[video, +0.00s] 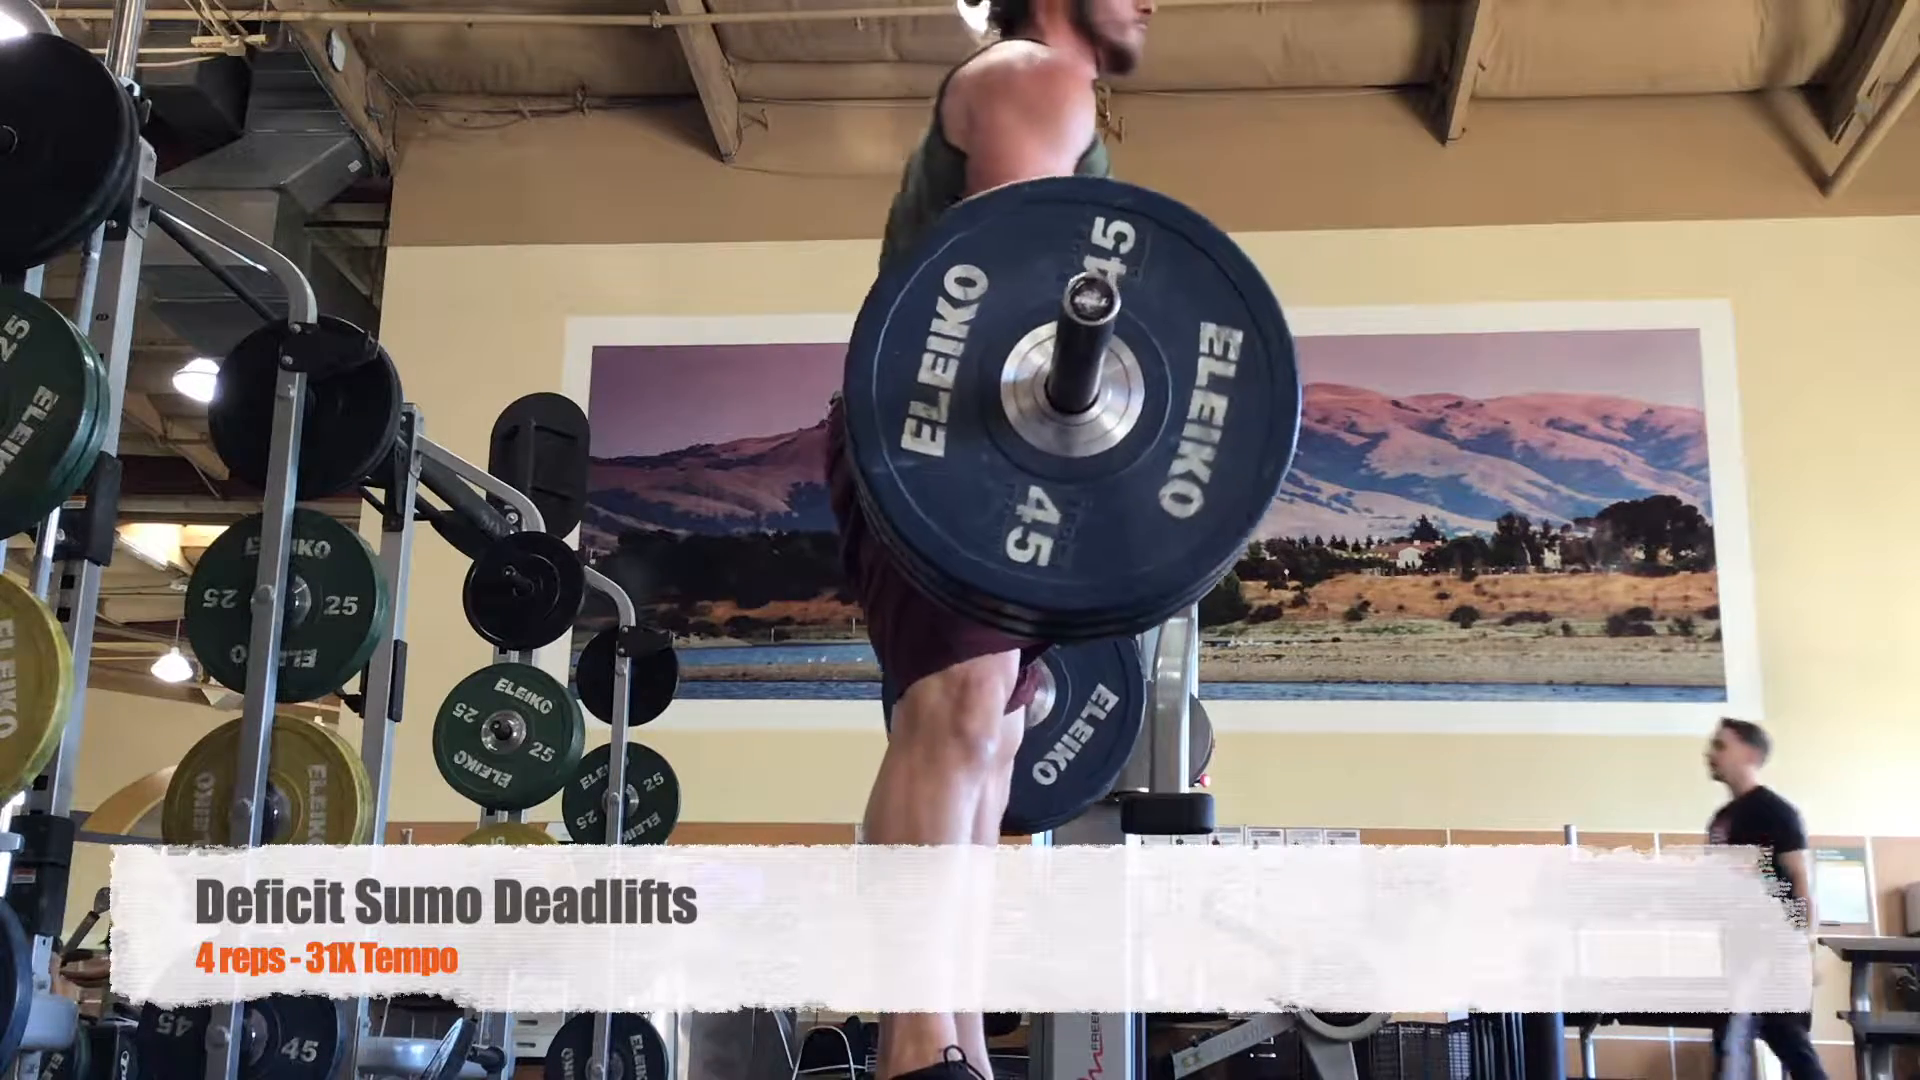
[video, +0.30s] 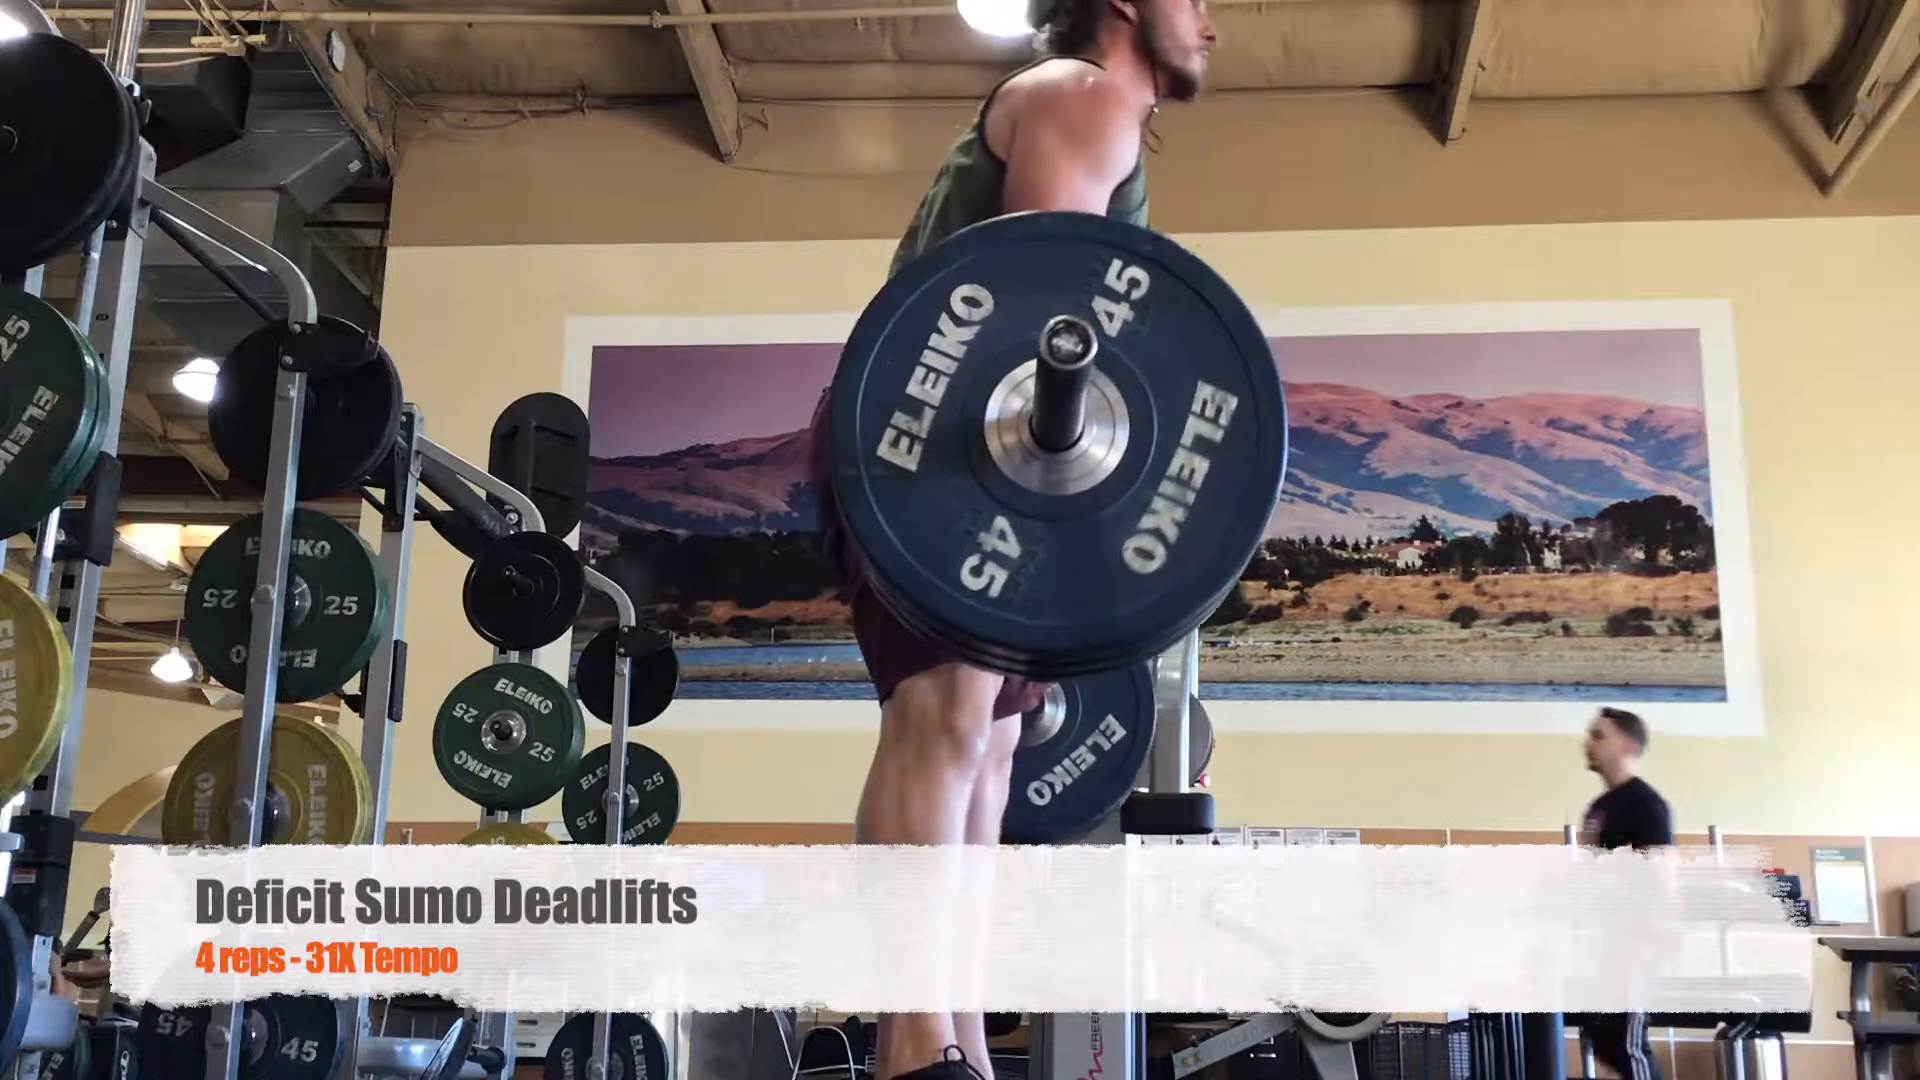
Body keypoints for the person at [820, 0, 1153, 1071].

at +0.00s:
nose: (1148, 6)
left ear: (1058, 14)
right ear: (1061, 1)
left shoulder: (1053, 96)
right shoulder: (1031, 75)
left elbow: (1035, 328)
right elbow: (1030, 312)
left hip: (981, 443)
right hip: (926, 430)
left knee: (996, 718)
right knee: (961, 704)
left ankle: (953, 1035)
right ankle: (914, 1047)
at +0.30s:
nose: (1205, 19)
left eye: (1201, 5)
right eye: (1188, 2)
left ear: (1133, 18)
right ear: (1125, 8)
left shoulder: (1101, 118)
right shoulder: (1081, 98)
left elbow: (1055, 345)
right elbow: (1035, 325)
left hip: (971, 444)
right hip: (911, 434)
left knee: (995, 719)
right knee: (946, 705)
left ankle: (958, 1030)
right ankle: (910, 1036)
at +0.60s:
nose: (1251, 54)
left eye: (1248, 30)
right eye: (1232, 25)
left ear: (1171, 36)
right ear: (1165, 28)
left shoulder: (1127, 159)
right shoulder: (1104, 126)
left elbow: (1079, 364)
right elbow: (1060, 349)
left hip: (946, 442)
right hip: (879, 426)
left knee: (989, 730)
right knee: (927, 718)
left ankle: (957, 1033)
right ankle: (907, 1042)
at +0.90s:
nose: (1289, 111)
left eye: (1287, 91)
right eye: (1271, 84)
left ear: (1205, 91)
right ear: (1199, 85)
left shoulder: (1158, 223)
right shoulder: (1127, 174)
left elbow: (1092, 413)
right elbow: (1068, 389)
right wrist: (1078, 584)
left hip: (919, 443)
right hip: (848, 423)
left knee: (985, 727)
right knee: (920, 712)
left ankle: (956, 1034)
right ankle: (907, 1041)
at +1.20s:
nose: (1317, 179)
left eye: (1315, 157)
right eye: (1300, 151)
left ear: (1233, 155)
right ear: (1231, 147)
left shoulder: (1177, 359)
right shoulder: (1139, 232)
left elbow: (1137, 509)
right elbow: (1075, 454)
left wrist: (1206, 721)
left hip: (896, 460)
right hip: (830, 437)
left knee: (974, 735)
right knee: (932, 722)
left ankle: (960, 1038)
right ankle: (914, 1040)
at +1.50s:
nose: (1347, 278)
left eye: (1347, 251)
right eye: (1333, 244)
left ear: (1263, 242)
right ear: (1261, 235)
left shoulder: (1185, 427)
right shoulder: (1154, 314)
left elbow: (1135, 582)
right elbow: (1084, 552)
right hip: (827, 457)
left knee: (996, 746)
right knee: (954, 726)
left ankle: (970, 1043)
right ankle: (923, 1043)